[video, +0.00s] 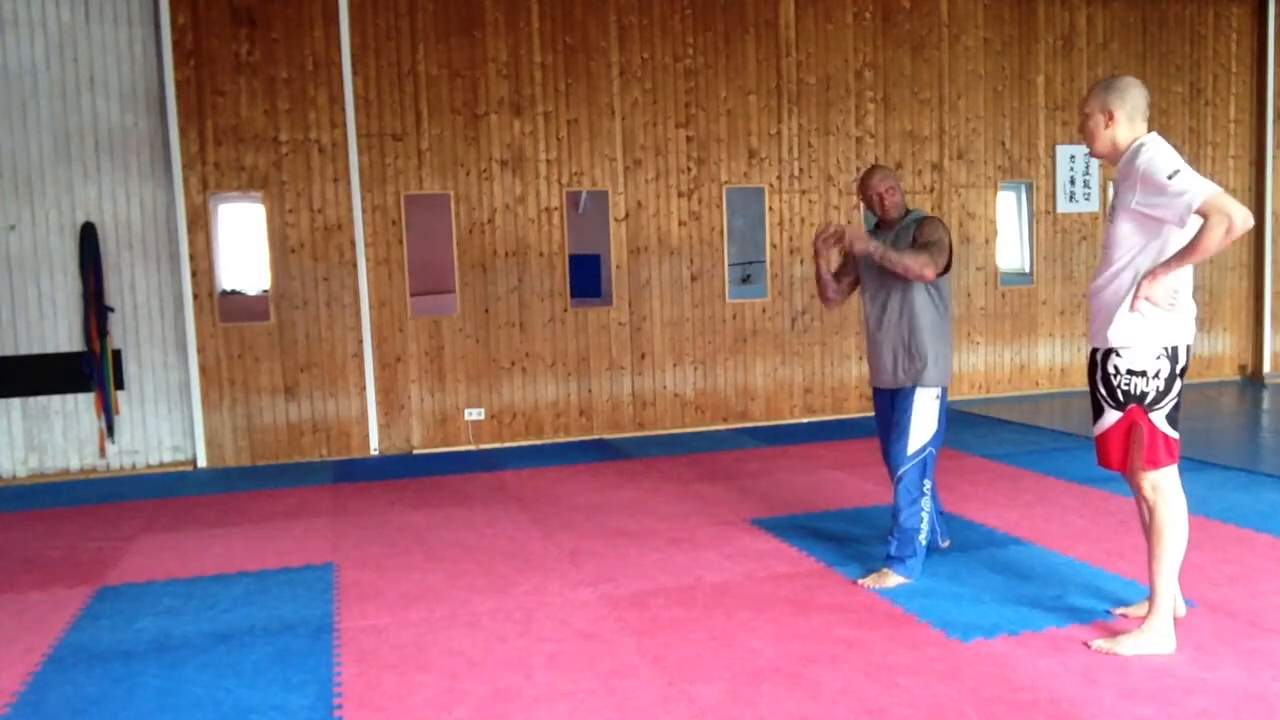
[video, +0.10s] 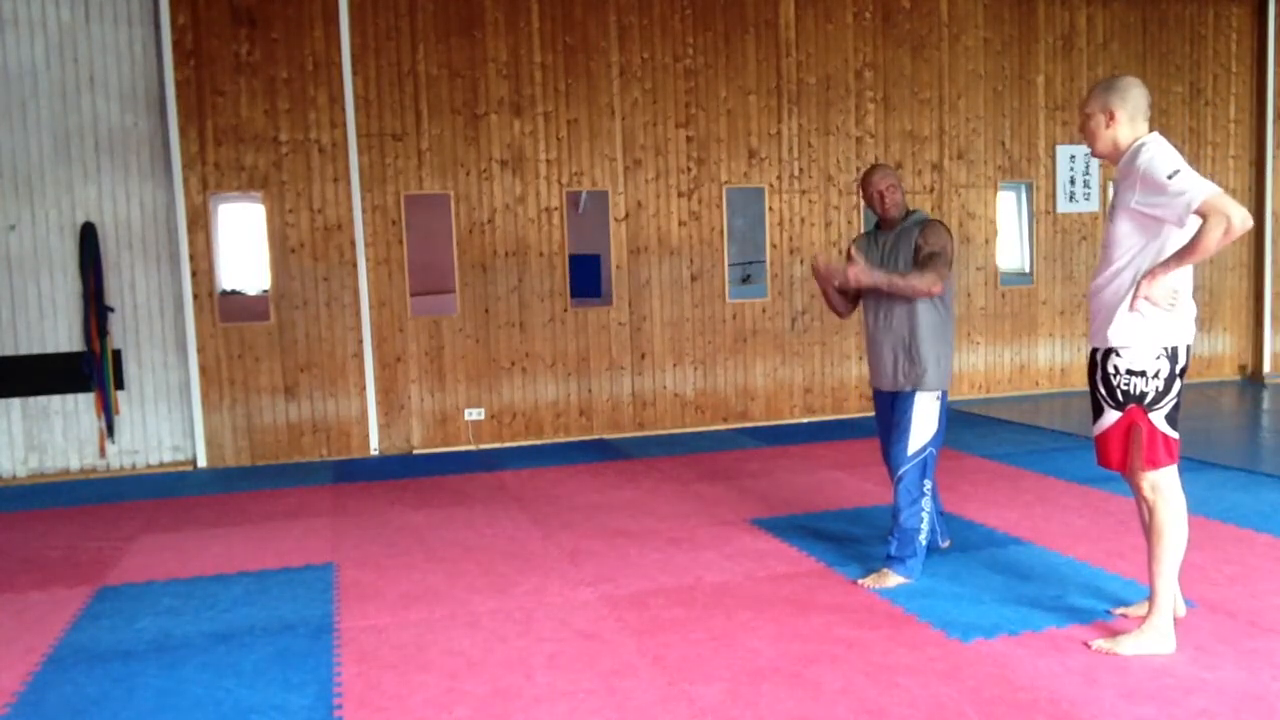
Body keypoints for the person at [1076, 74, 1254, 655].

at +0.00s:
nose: (1082, 134)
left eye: (1086, 121)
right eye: (1081, 122)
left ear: (1110, 118)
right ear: (1121, 117)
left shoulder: (1148, 158)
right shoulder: (1139, 162)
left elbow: (1233, 216)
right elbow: (1230, 219)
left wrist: (1167, 269)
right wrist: (1157, 269)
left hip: (1140, 338)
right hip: (1143, 337)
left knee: (1152, 478)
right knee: (1150, 473)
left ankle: (1160, 625)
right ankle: (1167, 592)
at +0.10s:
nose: (1083, 134)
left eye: (1087, 122)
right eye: (1083, 123)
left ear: (1111, 119)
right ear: (1124, 117)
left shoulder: (1148, 157)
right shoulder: (1143, 160)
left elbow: (1230, 216)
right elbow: (1232, 219)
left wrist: (1167, 268)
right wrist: (1159, 268)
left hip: (1139, 338)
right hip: (1147, 337)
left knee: (1151, 478)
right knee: (1152, 473)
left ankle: (1160, 624)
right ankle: (1167, 592)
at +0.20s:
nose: (1084, 133)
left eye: (1088, 121)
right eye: (1084, 121)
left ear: (1112, 117)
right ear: (1124, 116)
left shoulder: (1148, 157)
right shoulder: (1142, 160)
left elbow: (1230, 216)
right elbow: (1231, 219)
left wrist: (1166, 268)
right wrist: (1158, 267)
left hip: (1139, 338)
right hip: (1147, 337)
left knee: (1151, 477)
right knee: (1152, 472)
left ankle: (1160, 625)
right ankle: (1167, 592)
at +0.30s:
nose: (1085, 132)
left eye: (1089, 120)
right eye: (1085, 120)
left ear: (1113, 117)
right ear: (1126, 116)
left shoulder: (1148, 157)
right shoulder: (1144, 159)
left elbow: (1228, 216)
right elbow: (1228, 219)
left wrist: (1163, 269)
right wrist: (1156, 269)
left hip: (1140, 339)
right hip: (1146, 338)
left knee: (1151, 477)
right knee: (1152, 473)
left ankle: (1160, 625)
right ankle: (1167, 593)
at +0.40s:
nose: (1085, 131)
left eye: (1089, 119)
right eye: (1085, 119)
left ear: (1114, 117)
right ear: (1126, 116)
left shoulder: (1147, 156)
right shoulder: (1145, 158)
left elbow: (1226, 216)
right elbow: (1228, 219)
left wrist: (1162, 269)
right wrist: (1157, 269)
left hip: (1140, 339)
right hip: (1147, 338)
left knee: (1151, 478)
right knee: (1153, 473)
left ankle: (1160, 625)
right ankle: (1167, 594)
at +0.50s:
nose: (1085, 131)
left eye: (1090, 119)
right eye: (1086, 120)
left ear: (1114, 117)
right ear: (1127, 116)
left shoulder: (1146, 157)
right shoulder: (1149, 157)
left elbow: (1223, 215)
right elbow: (1228, 219)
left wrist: (1161, 269)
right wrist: (1161, 268)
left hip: (1139, 339)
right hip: (1148, 338)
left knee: (1152, 477)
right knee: (1153, 473)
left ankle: (1160, 625)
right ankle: (1167, 593)